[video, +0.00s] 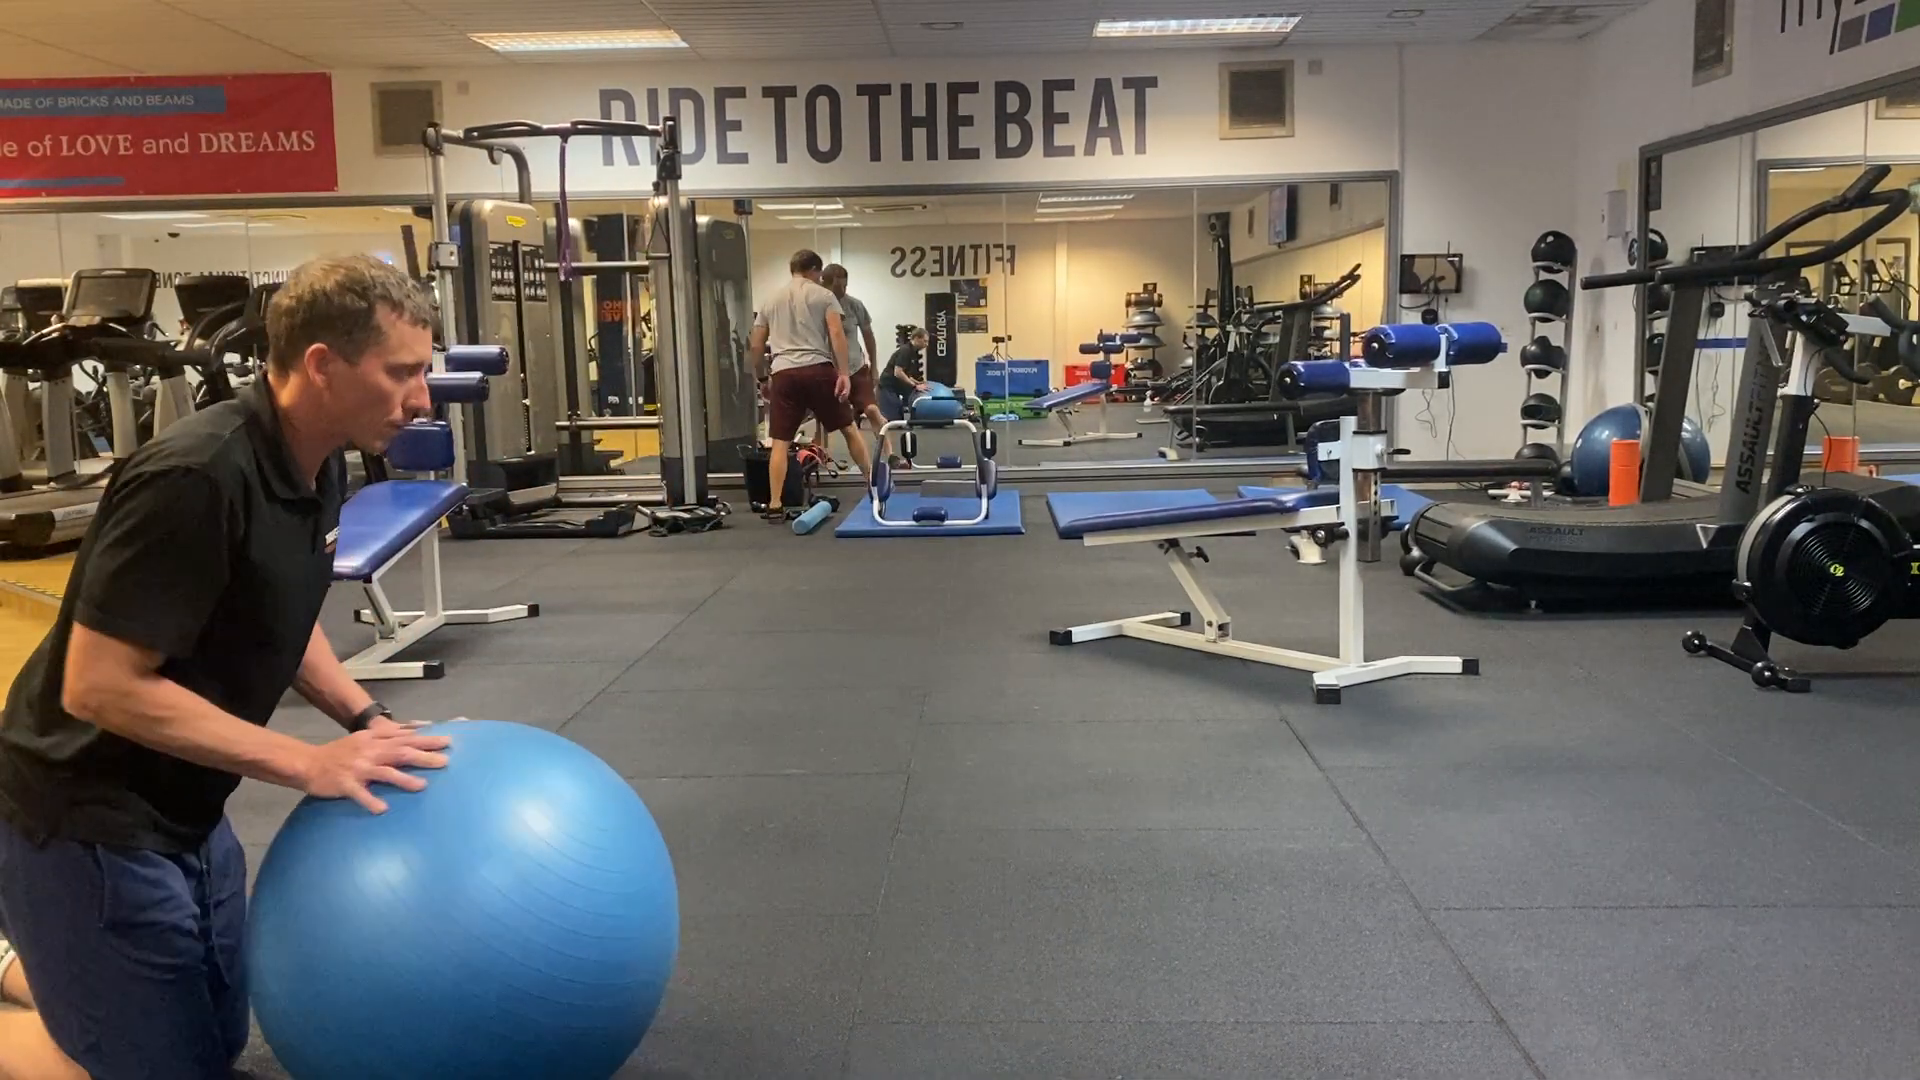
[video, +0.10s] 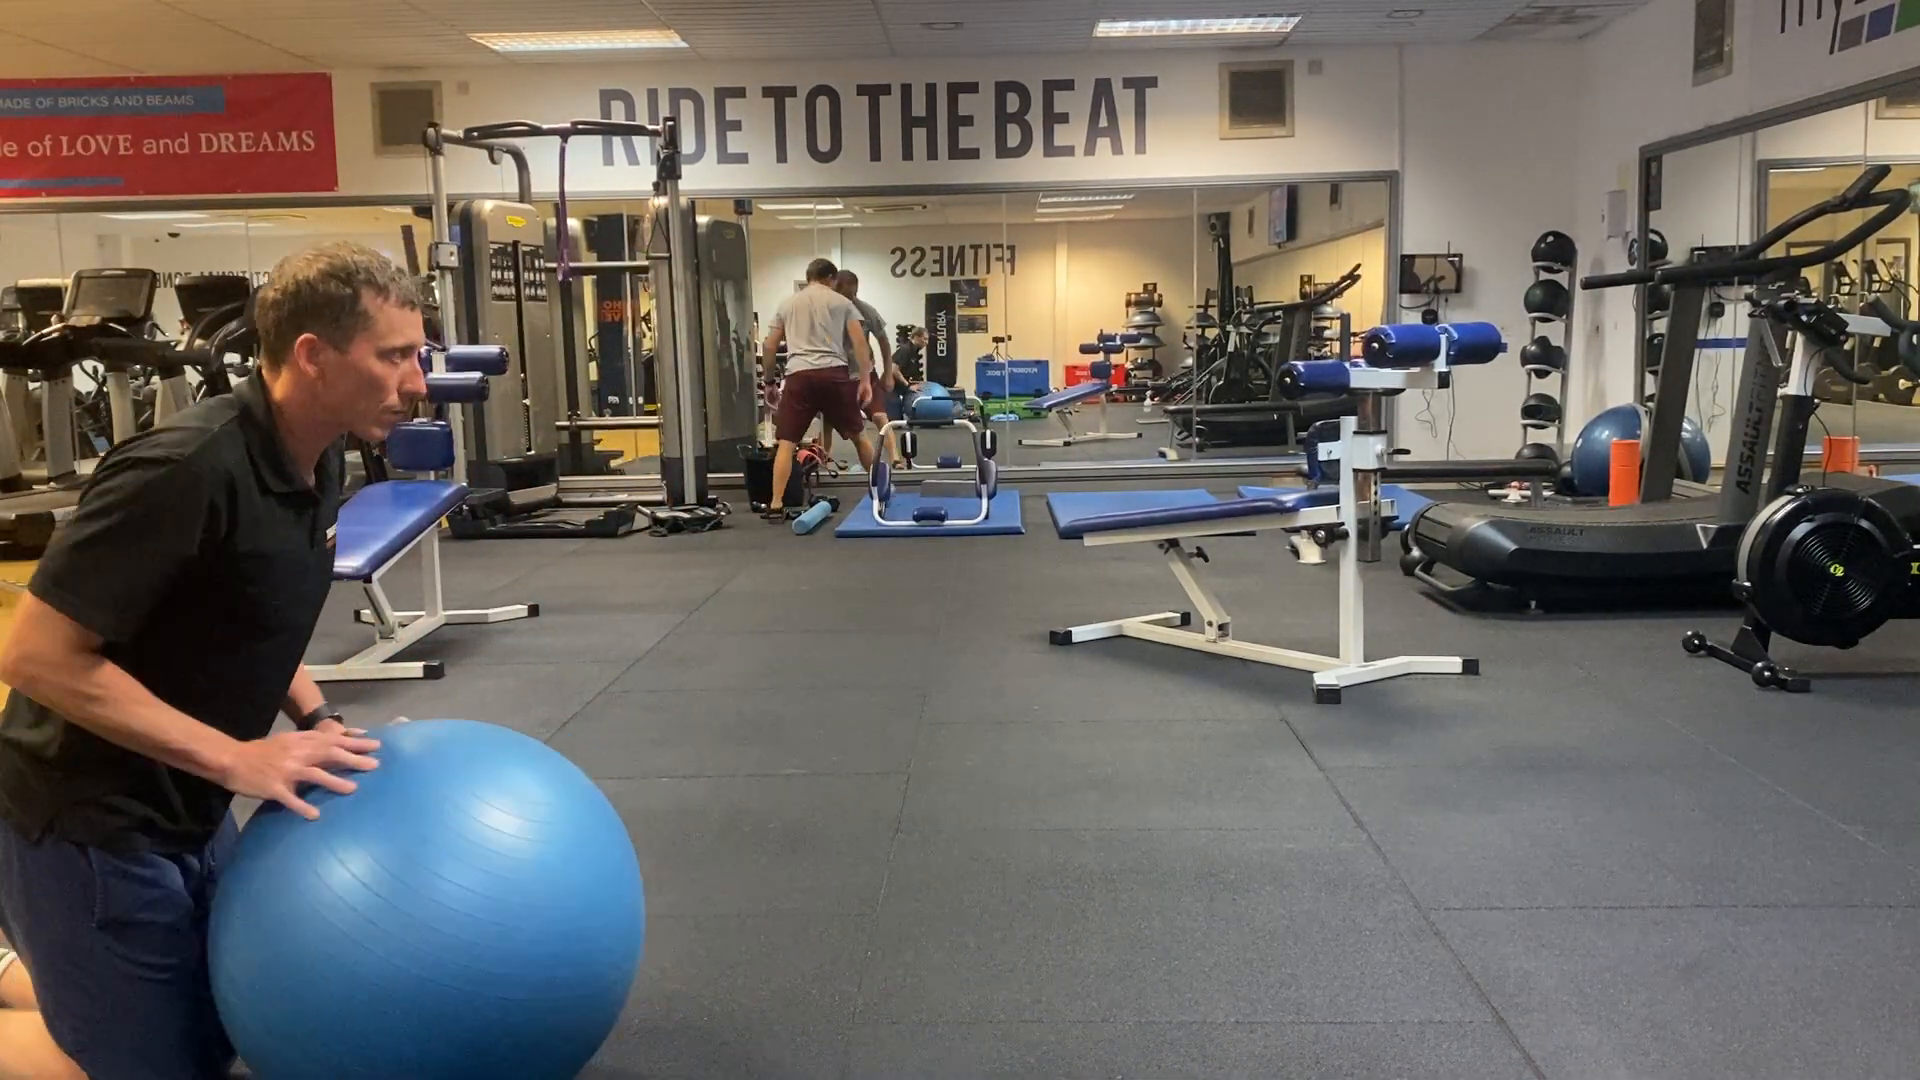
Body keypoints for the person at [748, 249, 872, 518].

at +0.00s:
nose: (821, 278)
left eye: (820, 274)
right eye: (820, 274)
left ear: (793, 270)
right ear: (815, 271)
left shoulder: (770, 300)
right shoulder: (825, 295)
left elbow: (756, 345)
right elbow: (836, 333)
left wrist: (760, 377)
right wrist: (844, 372)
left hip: (783, 375)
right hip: (821, 372)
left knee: (780, 443)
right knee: (850, 430)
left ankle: (775, 505)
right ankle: (874, 484)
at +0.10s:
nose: (836, 285)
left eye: (835, 282)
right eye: (836, 281)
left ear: (808, 278)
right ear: (832, 279)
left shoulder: (788, 304)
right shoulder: (843, 303)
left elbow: (769, 345)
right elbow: (859, 341)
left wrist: (768, 382)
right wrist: (865, 379)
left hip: (798, 378)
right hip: (836, 376)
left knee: (786, 443)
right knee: (859, 437)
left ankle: (776, 504)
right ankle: (881, 488)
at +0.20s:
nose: (855, 297)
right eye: (855, 294)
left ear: (826, 290)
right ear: (850, 291)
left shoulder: (807, 310)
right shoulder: (863, 312)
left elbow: (786, 348)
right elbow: (881, 354)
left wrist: (777, 384)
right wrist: (884, 394)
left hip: (815, 380)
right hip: (852, 379)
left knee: (796, 441)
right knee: (868, 435)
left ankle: (778, 503)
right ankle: (881, 491)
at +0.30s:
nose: (872, 312)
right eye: (871, 309)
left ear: (844, 305)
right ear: (868, 306)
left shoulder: (825, 318)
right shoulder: (878, 327)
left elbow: (802, 348)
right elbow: (895, 371)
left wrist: (789, 384)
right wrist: (900, 413)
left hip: (829, 380)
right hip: (865, 381)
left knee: (804, 443)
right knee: (875, 437)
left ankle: (782, 503)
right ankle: (884, 493)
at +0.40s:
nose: (887, 333)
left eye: (888, 330)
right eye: (887, 330)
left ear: (859, 318)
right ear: (879, 324)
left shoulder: (840, 326)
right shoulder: (887, 341)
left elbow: (817, 349)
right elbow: (904, 389)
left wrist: (803, 382)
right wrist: (909, 427)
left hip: (838, 379)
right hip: (874, 381)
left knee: (813, 441)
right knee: (880, 436)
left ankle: (788, 501)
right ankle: (885, 492)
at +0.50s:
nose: (896, 351)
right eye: (895, 348)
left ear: (868, 332)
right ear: (890, 342)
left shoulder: (846, 336)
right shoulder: (892, 351)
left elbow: (823, 354)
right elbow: (910, 407)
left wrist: (813, 382)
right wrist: (916, 444)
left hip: (846, 378)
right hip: (882, 378)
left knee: (818, 441)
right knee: (884, 433)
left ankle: (792, 499)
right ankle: (885, 490)